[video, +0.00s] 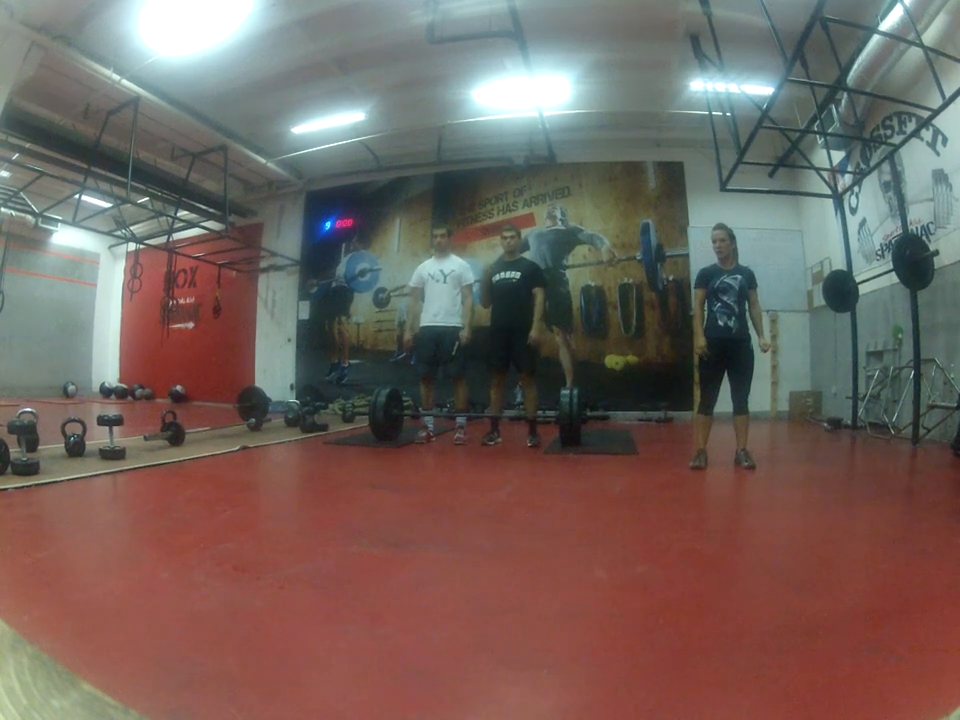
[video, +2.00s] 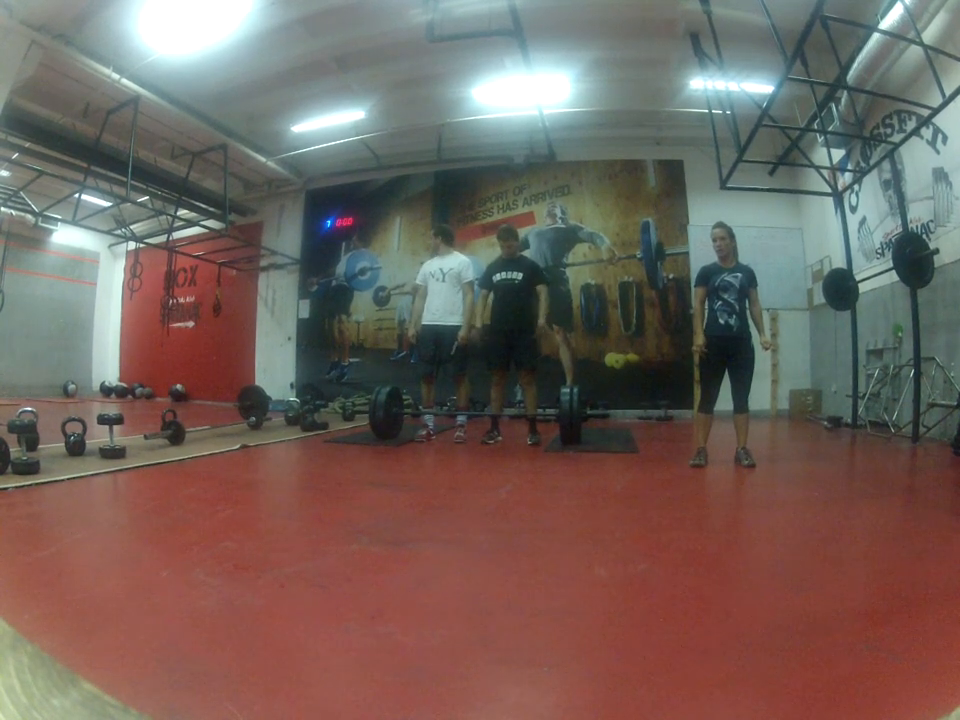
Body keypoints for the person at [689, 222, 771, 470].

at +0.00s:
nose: (718, 245)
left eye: (722, 241)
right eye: (715, 242)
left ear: (733, 243)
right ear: (712, 246)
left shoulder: (746, 274)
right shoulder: (705, 274)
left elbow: (754, 306)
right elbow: (698, 307)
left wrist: (761, 335)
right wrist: (699, 336)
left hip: (740, 345)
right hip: (712, 345)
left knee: (740, 401)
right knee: (706, 401)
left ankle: (742, 451)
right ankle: (700, 451)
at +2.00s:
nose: (718, 244)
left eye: (722, 239)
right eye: (715, 240)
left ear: (733, 241)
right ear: (711, 244)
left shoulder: (746, 272)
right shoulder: (706, 272)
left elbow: (754, 305)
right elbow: (698, 305)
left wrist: (762, 334)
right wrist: (698, 335)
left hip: (741, 343)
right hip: (713, 342)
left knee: (741, 400)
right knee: (707, 399)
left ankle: (742, 449)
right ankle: (700, 449)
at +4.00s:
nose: (718, 244)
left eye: (722, 239)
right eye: (714, 240)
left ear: (732, 241)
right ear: (711, 244)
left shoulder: (745, 272)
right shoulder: (705, 272)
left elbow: (754, 305)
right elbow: (697, 306)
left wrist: (761, 334)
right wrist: (698, 335)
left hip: (740, 343)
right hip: (712, 342)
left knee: (741, 400)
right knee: (707, 400)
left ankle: (742, 449)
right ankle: (701, 450)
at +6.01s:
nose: (718, 243)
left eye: (722, 239)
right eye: (714, 240)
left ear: (732, 241)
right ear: (711, 243)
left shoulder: (745, 272)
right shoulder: (705, 272)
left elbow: (754, 306)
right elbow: (697, 306)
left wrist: (761, 333)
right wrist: (698, 335)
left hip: (740, 343)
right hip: (712, 342)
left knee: (740, 398)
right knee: (707, 398)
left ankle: (742, 449)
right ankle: (701, 449)